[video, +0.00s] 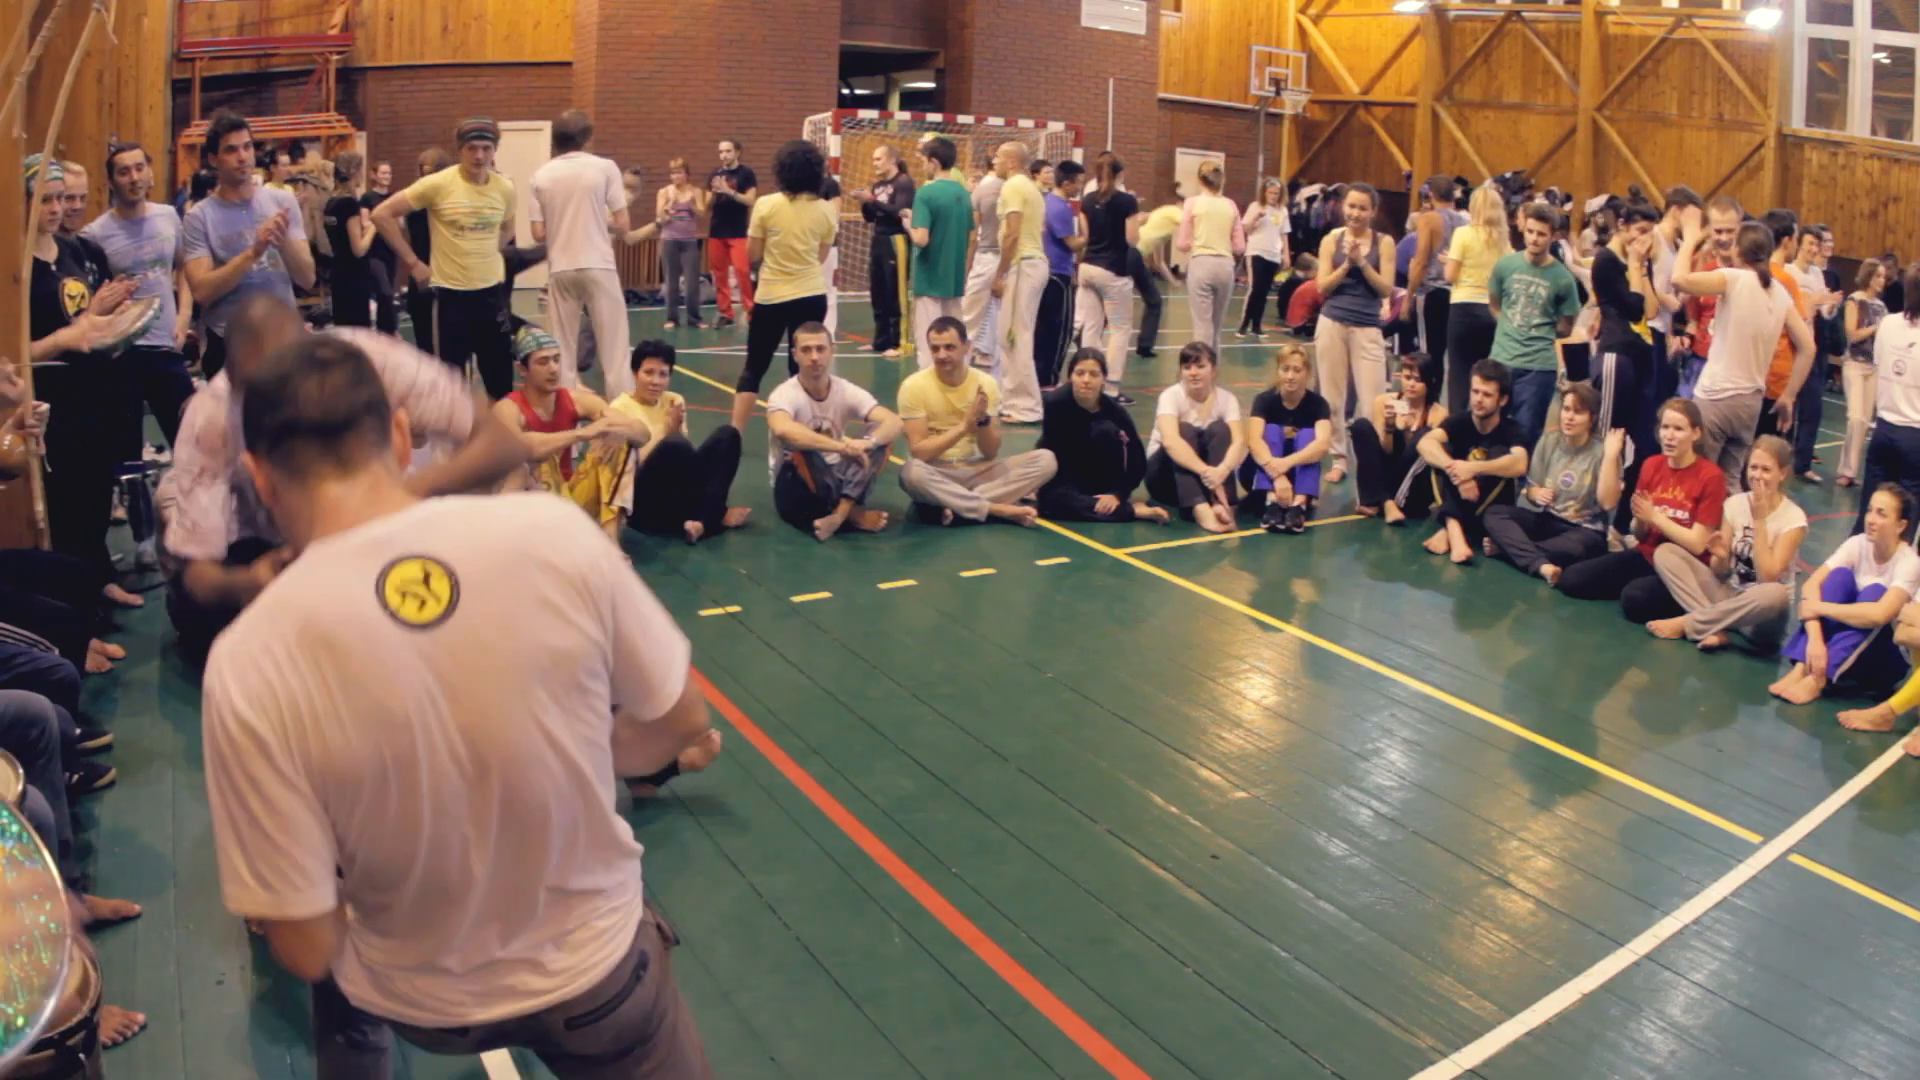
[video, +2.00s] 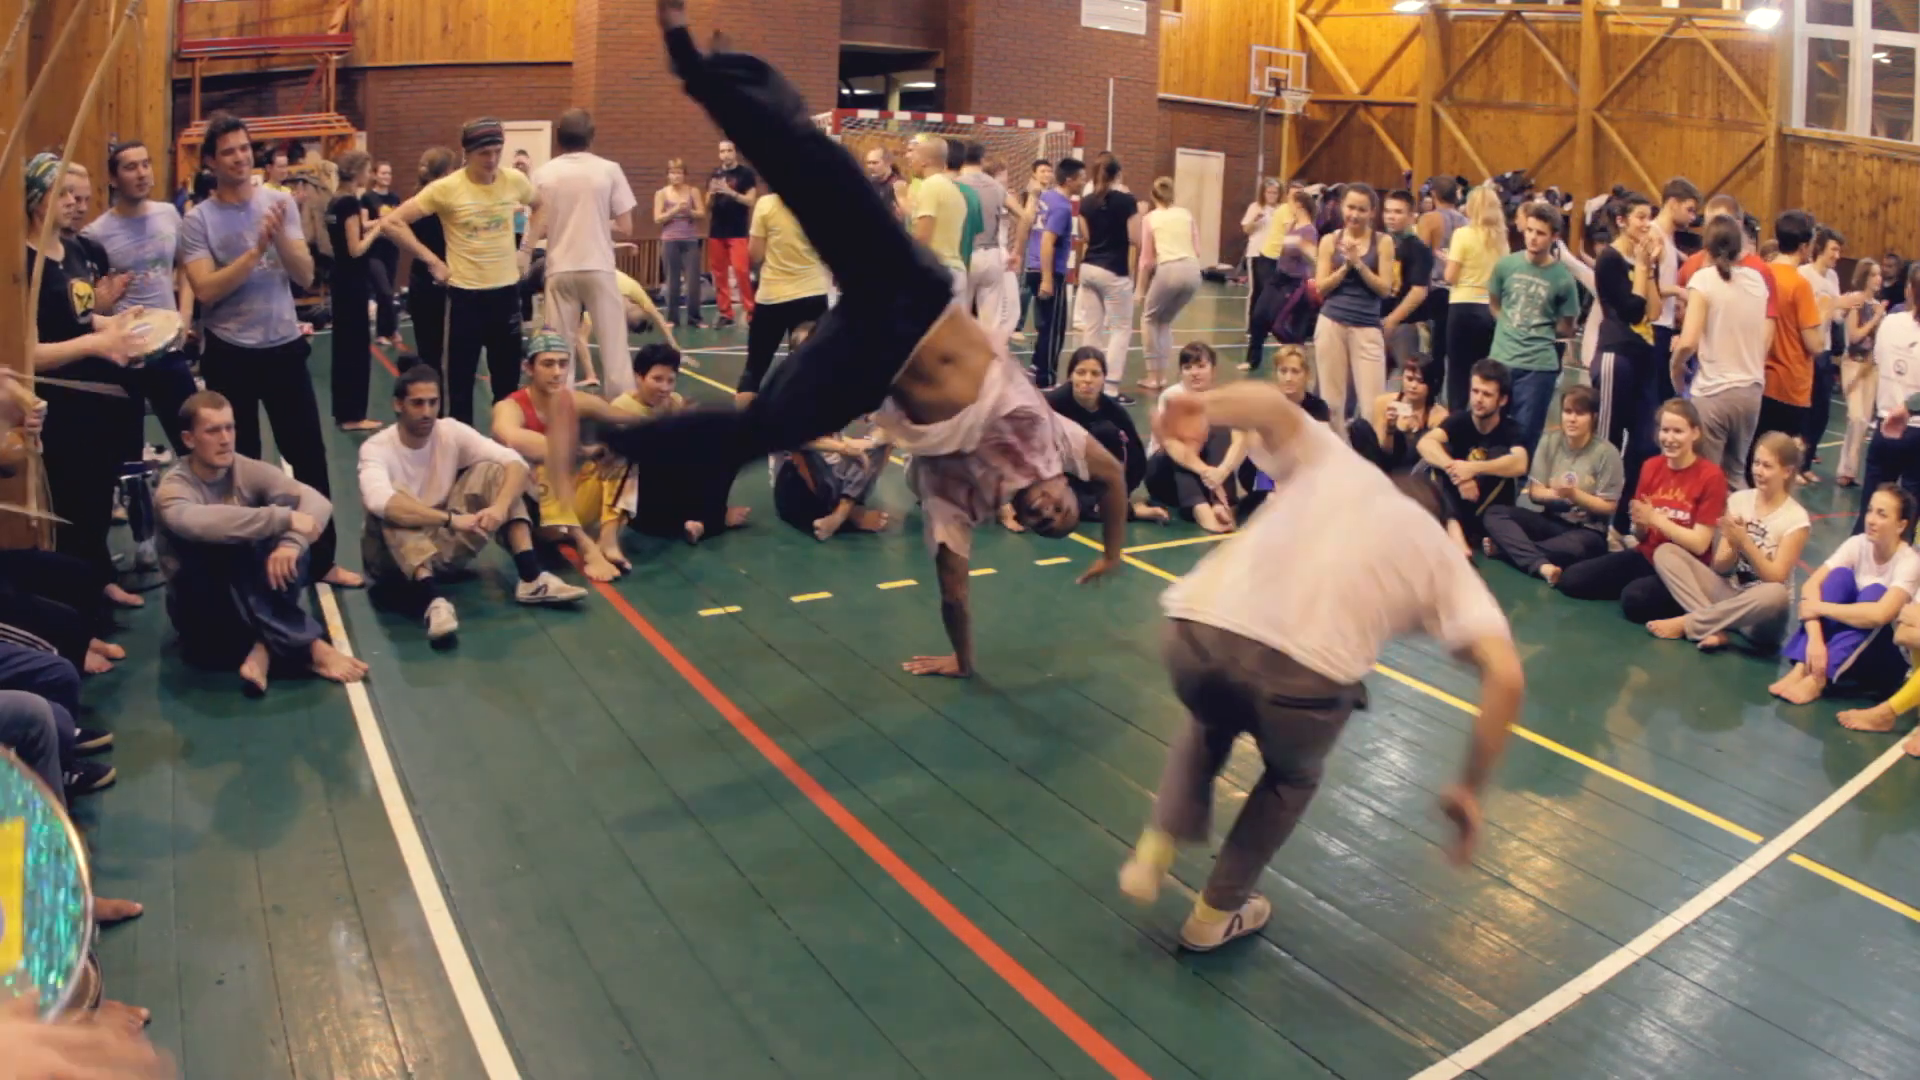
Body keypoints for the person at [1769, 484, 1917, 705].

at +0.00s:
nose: (1870, 519)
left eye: (1881, 514)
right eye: (1869, 511)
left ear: (1901, 526)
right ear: (1865, 513)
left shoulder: (1910, 562)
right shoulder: (1857, 544)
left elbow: (1880, 616)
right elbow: (1810, 585)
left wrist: (1819, 607)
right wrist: (1815, 641)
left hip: (1881, 668)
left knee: (1875, 592)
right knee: (1840, 576)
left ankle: (1817, 678)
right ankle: (1800, 668)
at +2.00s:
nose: (1871, 519)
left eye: (1881, 514)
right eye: (1870, 511)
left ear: (1901, 526)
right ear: (1865, 513)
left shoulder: (1910, 561)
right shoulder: (1857, 544)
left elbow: (1880, 616)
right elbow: (1810, 586)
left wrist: (1819, 607)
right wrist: (1815, 641)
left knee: (1875, 592)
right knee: (1840, 576)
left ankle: (1818, 678)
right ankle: (1800, 668)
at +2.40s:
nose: (1871, 519)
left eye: (1881, 515)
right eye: (1870, 511)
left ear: (1901, 526)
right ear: (1864, 513)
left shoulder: (1909, 561)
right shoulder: (1856, 545)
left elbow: (1881, 615)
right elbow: (1810, 586)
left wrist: (1819, 608)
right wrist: (1815, 641)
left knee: (1875, 592)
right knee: (1840, 577)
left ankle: (1818, 678)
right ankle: (1800, 667)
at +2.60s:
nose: (1871, 520)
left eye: (1881, 514)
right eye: (1870, 511)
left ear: (1901, 525)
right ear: (1866, 512)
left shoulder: (1909, 561)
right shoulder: (1856, 544)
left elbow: (1881, 615)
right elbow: (1810, 586)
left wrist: (1819, 608)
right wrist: (1815, 641)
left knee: (1875, 592)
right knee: (1840, 577)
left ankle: (1817, 678)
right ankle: (1800, 667)